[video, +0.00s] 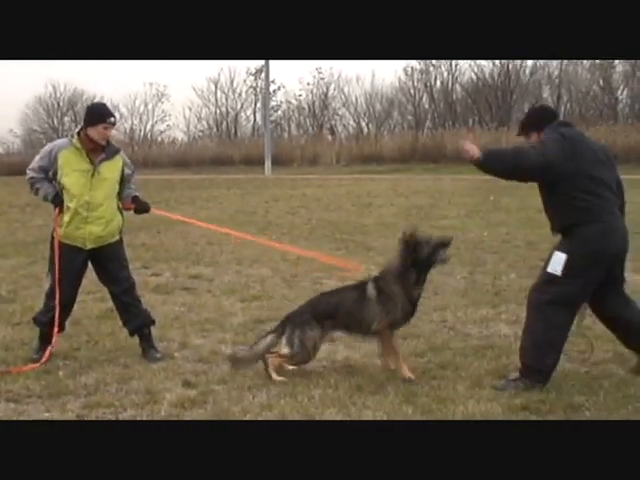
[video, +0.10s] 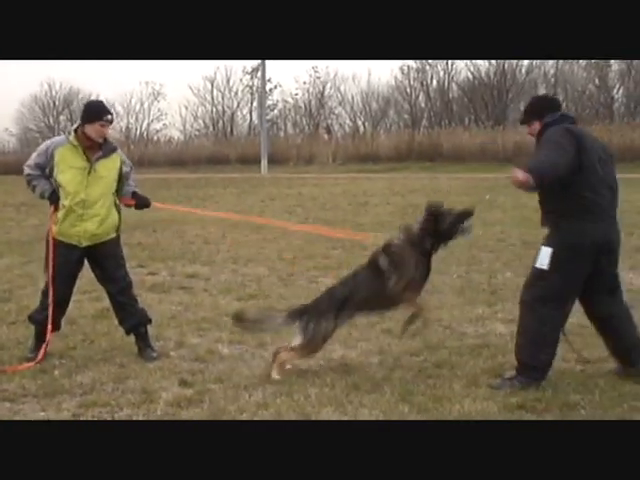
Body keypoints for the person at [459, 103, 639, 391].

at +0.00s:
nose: (529, 144)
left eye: (529, 138)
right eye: (527, 139)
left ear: (539, 132)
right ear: (556, 126)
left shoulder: (554, 144)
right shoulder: (594, 146)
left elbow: (525, 161)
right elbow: (616, 190)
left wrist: (481, 157)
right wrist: (613, 226)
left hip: (584, 239)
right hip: (613, 236)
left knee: (547, 300)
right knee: (608, 299)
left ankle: (532, 377)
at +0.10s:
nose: (529, 132)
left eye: (530, 125)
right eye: (527, 127)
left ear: (542, 120)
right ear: (559, 115)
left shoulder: (557, 134)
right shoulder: (591, 140)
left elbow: (553, 160)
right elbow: (606, 188)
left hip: (571, 237)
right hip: (603, 236)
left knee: (540, 299)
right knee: (603, 299)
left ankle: (529, 374)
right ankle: (632, 361)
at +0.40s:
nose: (527, 129)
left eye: (530, 122)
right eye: (526, 123)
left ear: (546, 120)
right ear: (548, 121)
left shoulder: (565, 145)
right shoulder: (561, 143)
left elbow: (581, 190)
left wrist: (582, 234)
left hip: (549, 235)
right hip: (565, 236)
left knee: (511, 292)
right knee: (584, 300)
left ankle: (491, 365)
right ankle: (614, 362)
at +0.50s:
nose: (511, 128)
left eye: (513, 121)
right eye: (510, 122)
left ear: (527, 119)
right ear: (536, 118)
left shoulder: (540, 142)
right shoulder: (560, 141)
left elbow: (550, 179)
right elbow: (580, 185)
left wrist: (553, 217)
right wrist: (569, 219)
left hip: (542, 235)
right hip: (572, 235)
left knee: (507, 294)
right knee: (582, 298)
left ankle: (486, 367)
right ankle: (612, 361)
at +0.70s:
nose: (475, 143)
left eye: (476, 138)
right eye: (474, 139)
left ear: (484, 132)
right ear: (506, 124)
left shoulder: (492, 148)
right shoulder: (544, 145)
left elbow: (451, 163)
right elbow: (574, 186)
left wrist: (406, 161)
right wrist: (573, 230)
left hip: (529, 238)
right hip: (566, 234)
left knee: (492, 299)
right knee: (575, 299)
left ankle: (470, 369)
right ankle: (604, 361)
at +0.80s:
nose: (476, 140)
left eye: (477, 134)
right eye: (475, 135)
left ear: (485, 129)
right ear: (507, 122)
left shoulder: (491, 144)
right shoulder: (542, 145)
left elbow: (453, 165)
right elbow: (571, 186)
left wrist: (408, 170)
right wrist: (570, 231)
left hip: (520, 238)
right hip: (559, 235)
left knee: (483, 297)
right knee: (565, 298)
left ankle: (465, 369)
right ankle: (599, 360)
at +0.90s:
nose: (486, 134)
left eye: (486, 128)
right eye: (484, 128)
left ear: (497, 123)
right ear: (517, 118)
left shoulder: (506, 138)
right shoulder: (549, 146)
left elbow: (490, 167)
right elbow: (573, 195)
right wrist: (563, 236)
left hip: (515, 240)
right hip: (553, 240)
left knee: (476, 296)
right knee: (555, 298)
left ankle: (462, 369)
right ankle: (592, 359)